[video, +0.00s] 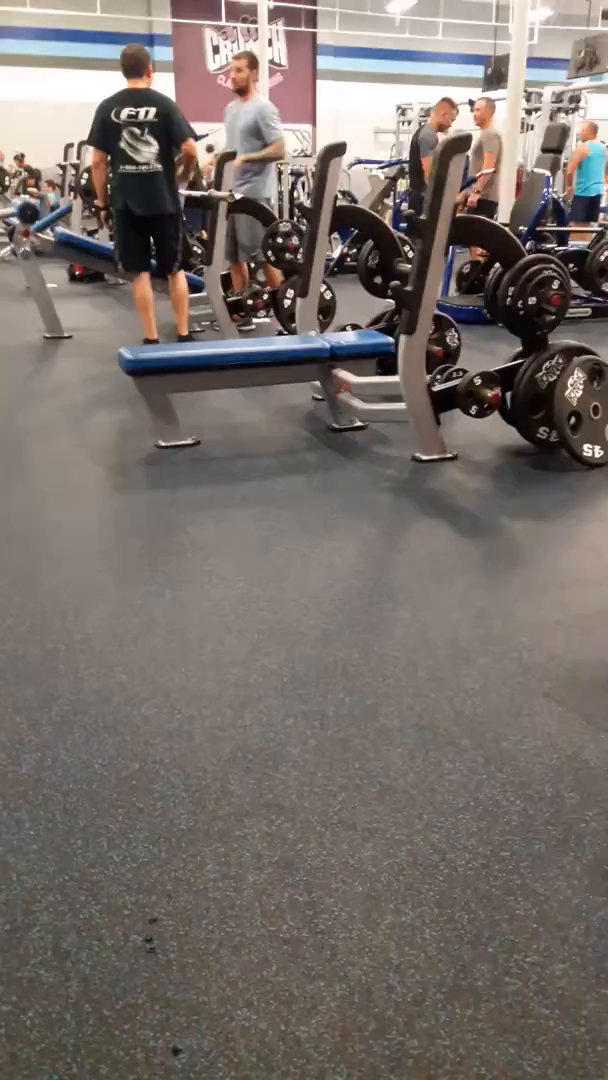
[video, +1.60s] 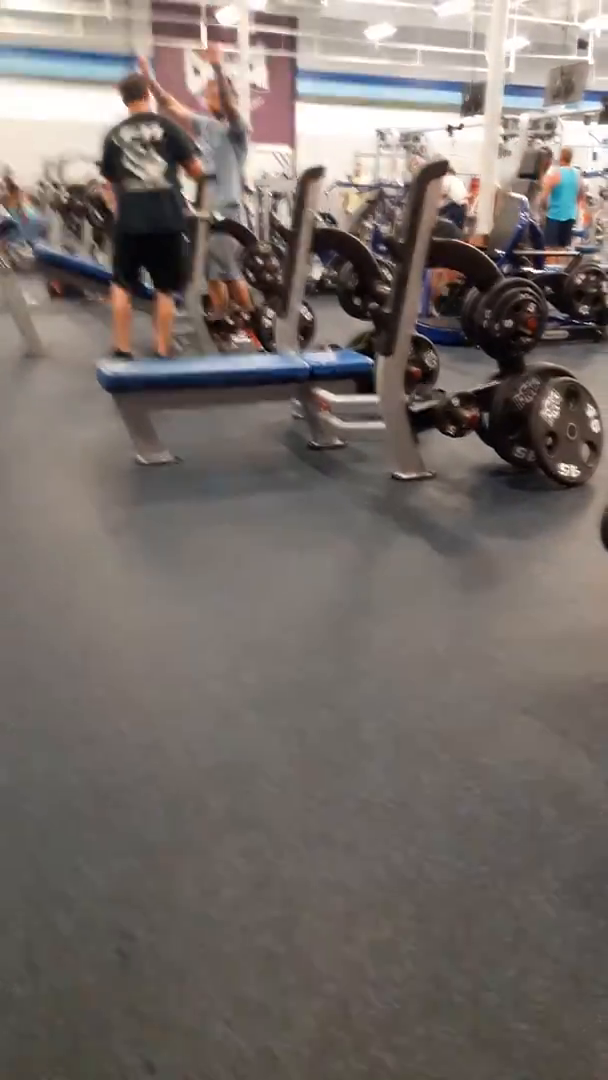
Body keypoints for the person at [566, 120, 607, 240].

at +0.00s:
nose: (580, 133)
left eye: (582, 130)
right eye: (581, 130)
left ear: (588, 132)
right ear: (594, 133)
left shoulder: (583, 148)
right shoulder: (602, 147)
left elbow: (569, 170)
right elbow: (604, 169)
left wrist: (568, 185)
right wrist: (603, 183)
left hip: (583, 191)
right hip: (597, 190)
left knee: (576, 224)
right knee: (588, 225)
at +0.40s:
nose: (579, 145)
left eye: (580, 143)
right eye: (580, 143)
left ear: (583, 144)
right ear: (593, 145)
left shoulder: (577, 157)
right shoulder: (598, 159)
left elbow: (560, 164)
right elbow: (604, 165)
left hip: (575, 201)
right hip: (590, 201)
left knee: (569, 234)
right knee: (582, 234)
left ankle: (568, 261)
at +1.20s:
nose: (564, 155)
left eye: (565, 153)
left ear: (567, 154)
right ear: (578, 155)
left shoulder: (562, 169)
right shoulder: (584, 170)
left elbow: (548, 179)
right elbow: (592, 181)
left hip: (562, 211)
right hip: (577, 211)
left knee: (558, 244)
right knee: (571, 244)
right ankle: (570, 269)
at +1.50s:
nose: (561, 159)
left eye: (562, 157)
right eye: (562, 157)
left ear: (564, 159)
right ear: (575, 159)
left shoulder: (559, 175)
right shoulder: (582, 175)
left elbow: (548, 197)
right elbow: (586, 194)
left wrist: (548, 210)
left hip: (559, 217)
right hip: (574, 217)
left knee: (555, 250)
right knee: (568, 250)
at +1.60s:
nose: (561, 158)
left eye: (561, 156)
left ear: (560, 157)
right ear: (571, 158)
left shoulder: (554, 173)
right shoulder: (577, 174)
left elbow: (544, 194)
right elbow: (581, 194)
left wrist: (542, 206)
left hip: (554, 215)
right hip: (570, 216)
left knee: (550, 248)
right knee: (563, 248)